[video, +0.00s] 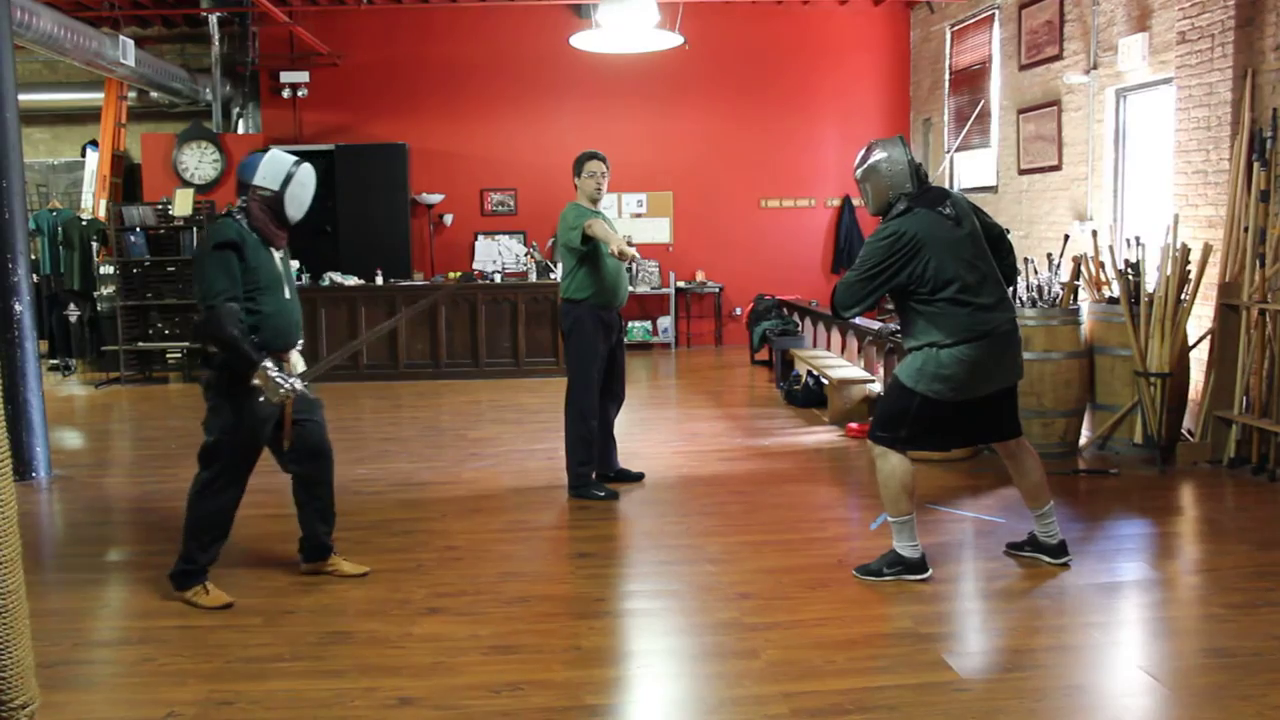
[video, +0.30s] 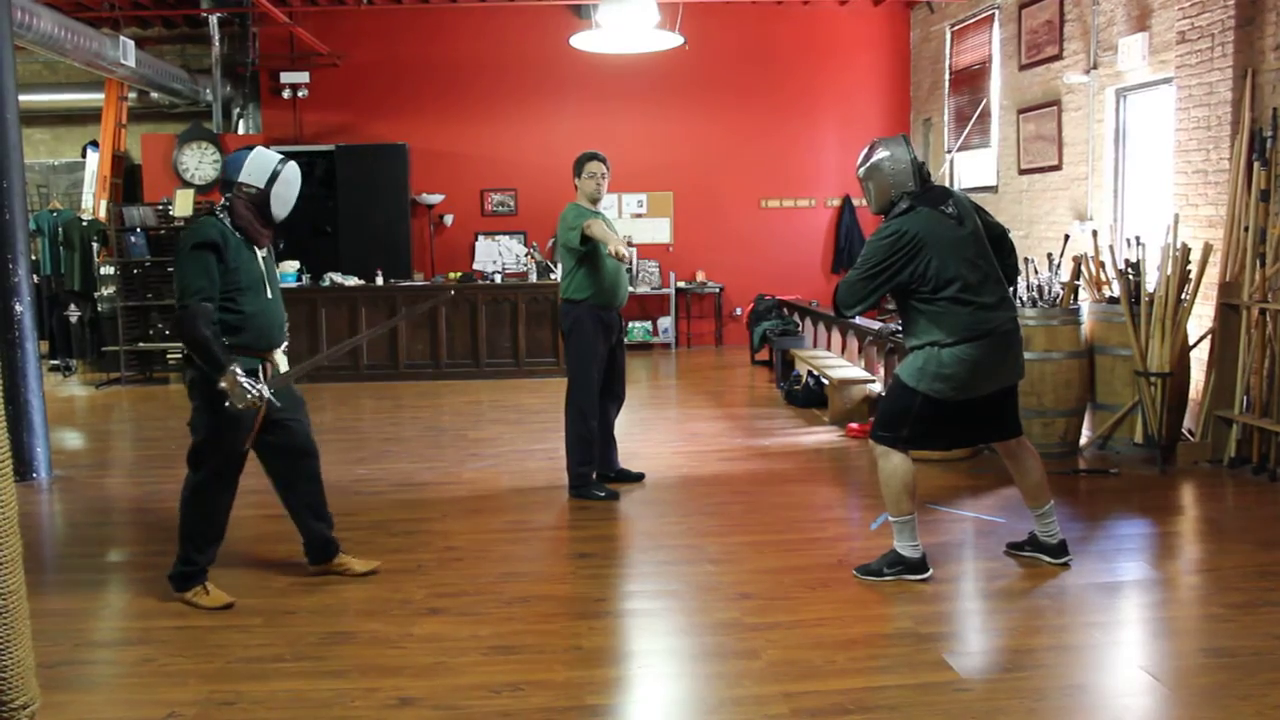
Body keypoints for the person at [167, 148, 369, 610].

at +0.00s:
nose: (295, 210)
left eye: (295, 201)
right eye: (291, 199)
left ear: (270, 193)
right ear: (269, 191)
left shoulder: (270, 237)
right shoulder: (226, 235)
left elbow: (277, 301)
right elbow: (220, 314)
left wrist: (290, 351)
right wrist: (258, 366)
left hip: (282, 371)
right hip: (240, 377)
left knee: (313, 455)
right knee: (222, 474)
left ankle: (318, 554)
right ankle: (189, 577)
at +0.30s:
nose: (283, 204)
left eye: (284, 195)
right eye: (279, 194)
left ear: (254, 188)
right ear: (256, 188)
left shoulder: (257, 237)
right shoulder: (207, 233)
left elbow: (261, 301)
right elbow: (195, 313)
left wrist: (277, 350)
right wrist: (227, 371)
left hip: (268, 370)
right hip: (226, 373)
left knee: (298, 458)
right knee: (214, 475)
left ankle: (324, 554)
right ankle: (190, 578)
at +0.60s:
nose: (302, 209)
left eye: (302, 201)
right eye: (297, 199)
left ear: (274, 195)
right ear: (272, 192)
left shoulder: (276, 240)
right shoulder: (231, 237)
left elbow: (280, 302)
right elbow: (212, 316)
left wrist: (293, 351)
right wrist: (239, 375)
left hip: (287, 374)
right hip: (246, 376)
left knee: (316, 461)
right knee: (228, 477)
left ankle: (327, 554)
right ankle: (192, 576)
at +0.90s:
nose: (313, 212)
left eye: (314, 203)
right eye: (309, 201)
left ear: (287, 196)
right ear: (284, 194)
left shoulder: (288, 240)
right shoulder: (243, 238)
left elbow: (293, 302)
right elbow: (231, 319)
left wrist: (305, 349)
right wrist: (264, 374)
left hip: (296, 370)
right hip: (255, 376)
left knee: (325, 457)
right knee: (237, 477)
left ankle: (329, 553)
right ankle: (194, 580)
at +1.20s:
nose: (299, 209)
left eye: (298, 200)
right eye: (294, 198)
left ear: (265, 194)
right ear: (271, 194)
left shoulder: (267, 241)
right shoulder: (232, 242)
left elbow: (273, 307)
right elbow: (221, 326)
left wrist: (292, 357)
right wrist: (255, 384)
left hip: (284, 374)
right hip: (248, 377)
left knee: (324, 456)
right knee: (235, 478)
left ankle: (329, 553)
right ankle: (191, 584)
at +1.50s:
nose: (294, 208)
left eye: (294, 199)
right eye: (290, 198)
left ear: (259, 193)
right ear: (267, 194)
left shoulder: (263, 242)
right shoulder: (228, 244)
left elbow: (270, 309)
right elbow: (217, 330)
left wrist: (290, 358)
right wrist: (256, 383)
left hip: (284, 375)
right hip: (249, 379)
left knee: (325, 458)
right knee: (235, 481)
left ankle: (331, 554)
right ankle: (189, 585)